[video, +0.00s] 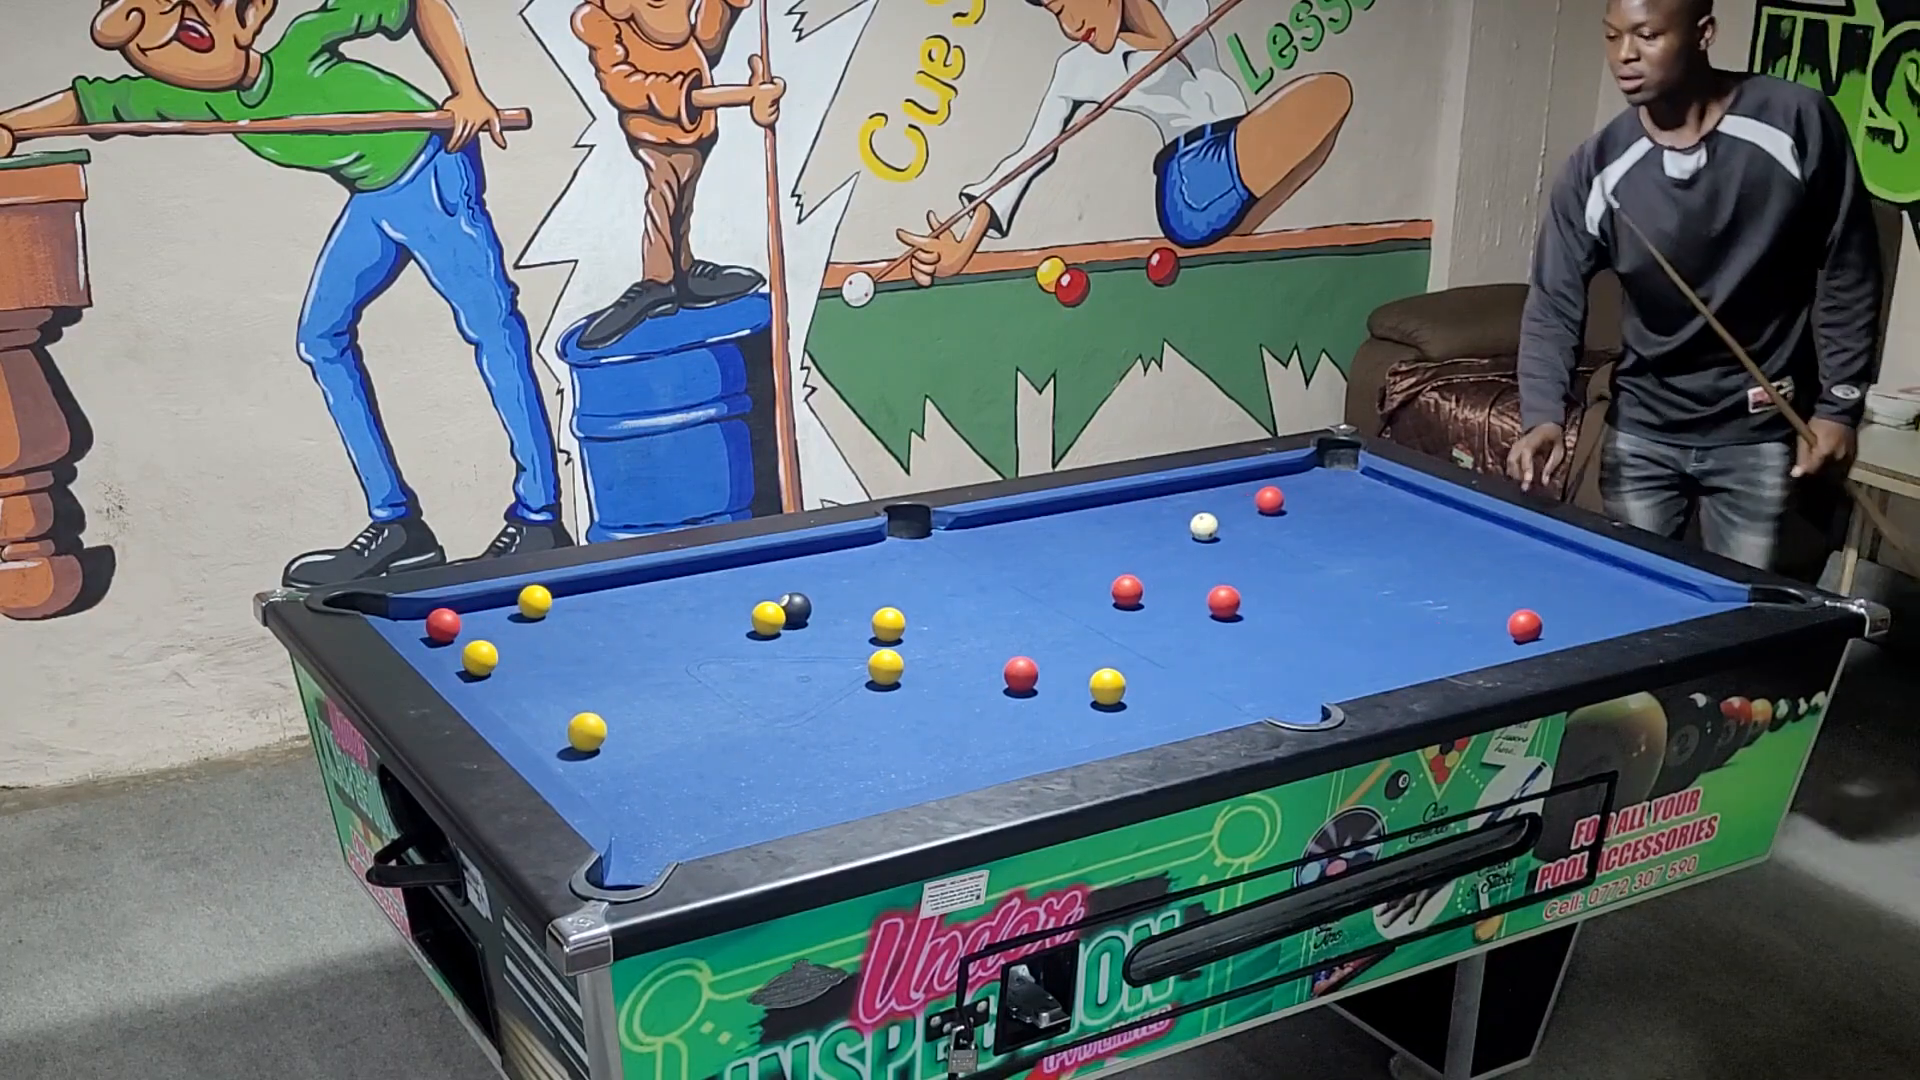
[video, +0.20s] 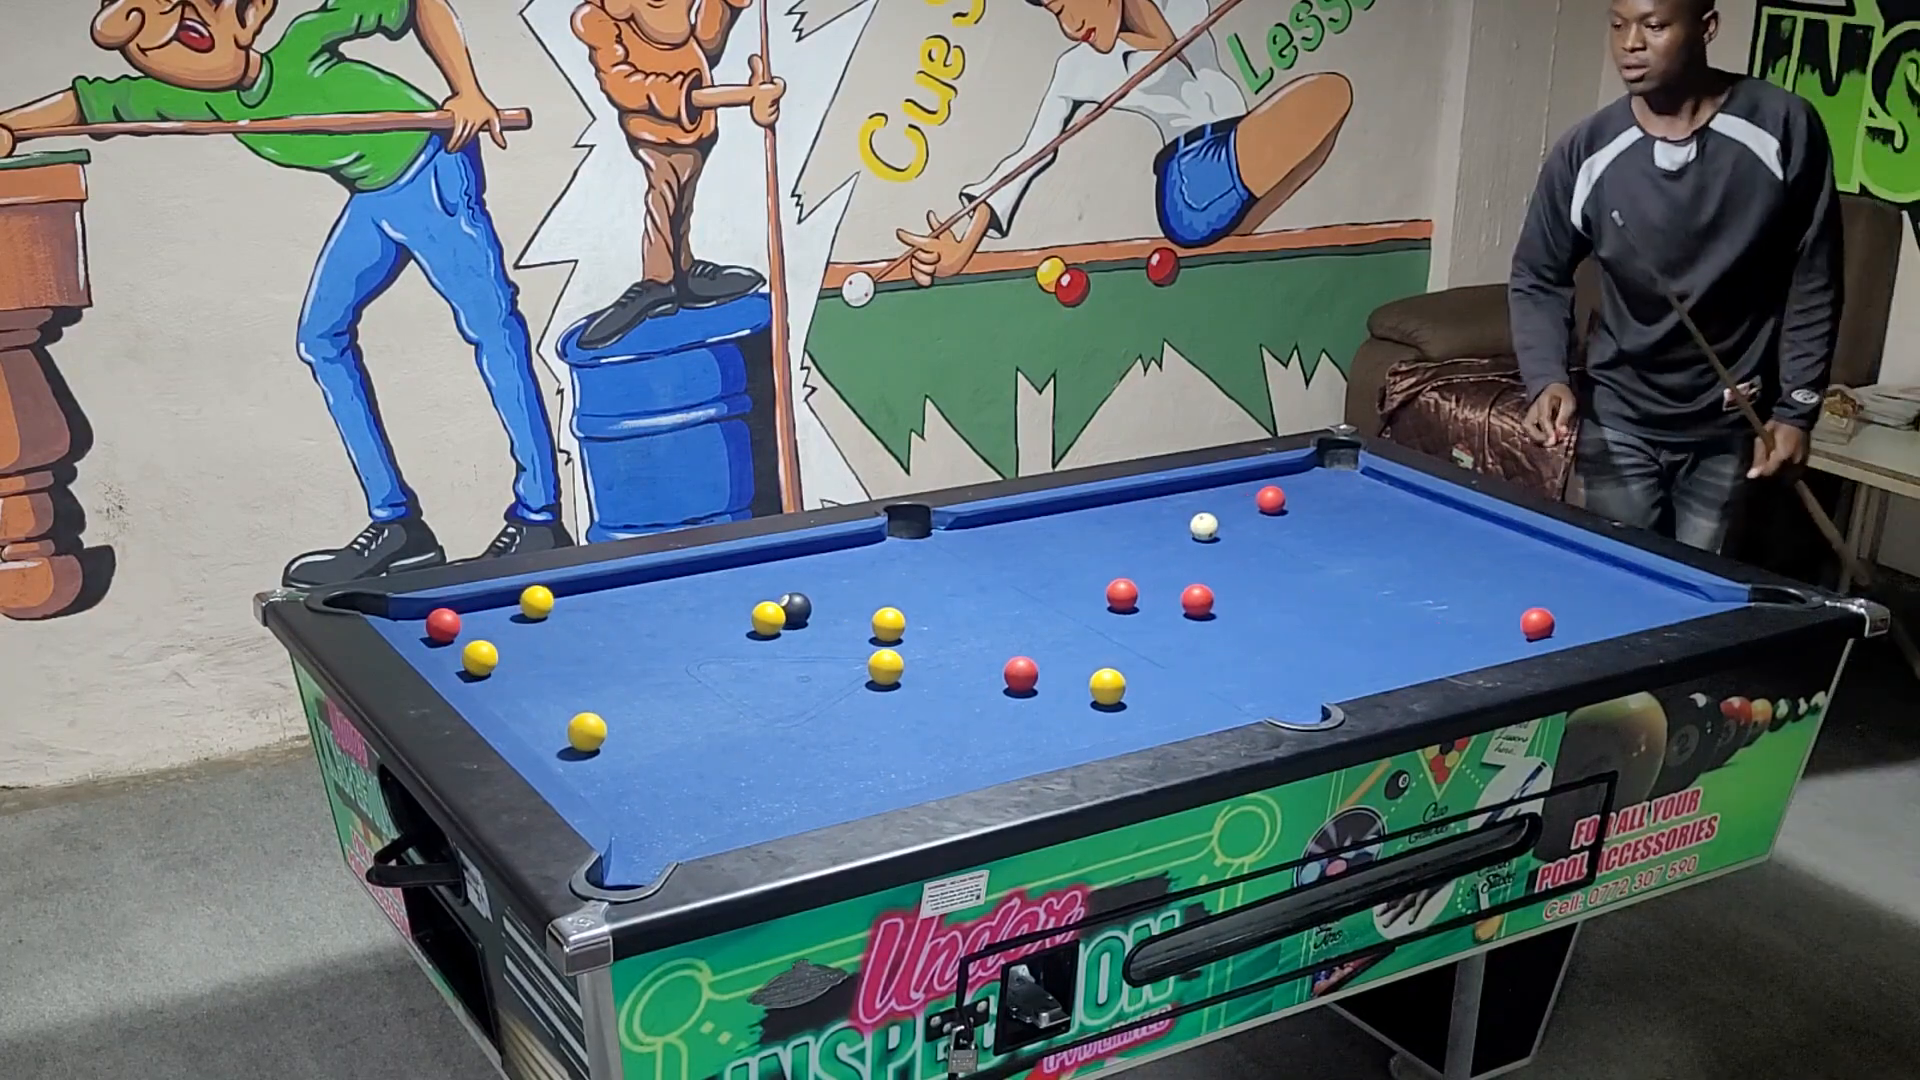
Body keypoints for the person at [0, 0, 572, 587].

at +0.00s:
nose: (205, 56)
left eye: (198, 42)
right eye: (189, 57)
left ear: (226, 21)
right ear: (184, 74)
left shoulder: (300, 37)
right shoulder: (212, 98)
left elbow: (418, 3)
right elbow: (91, 100)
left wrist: (466, 87)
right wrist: (11, 123)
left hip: (426, 165)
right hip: (369, 198)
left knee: (491, 327)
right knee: (322, 337)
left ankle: (541, 518)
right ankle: (397, 522)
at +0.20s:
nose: (204, 57)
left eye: (197, 42)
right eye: (187, 57)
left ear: (222, 22)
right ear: (184, 71)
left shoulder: (300, 37)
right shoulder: (213, 97)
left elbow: (417, 4)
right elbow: (92, 100)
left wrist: (467, 87)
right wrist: (11, 123)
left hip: (426, 164)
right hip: (369, 198)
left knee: (492, 328)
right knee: (321, 337)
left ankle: (541, 519)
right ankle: (397, 522)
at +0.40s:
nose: (205, 56)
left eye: (198, 41)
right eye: (188, 57)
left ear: (225, 21)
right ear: (184, 74)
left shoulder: (300, 36)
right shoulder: (213, 98)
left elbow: (418, 3)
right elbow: (91, 100)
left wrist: (466, 87)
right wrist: (11, 123)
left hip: (426, 165)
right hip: (369, 199)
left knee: (491, 327)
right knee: (322, 337)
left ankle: (541, 518)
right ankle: (397, 522)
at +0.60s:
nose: (205, 56)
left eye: (198, 41)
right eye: (188, 57)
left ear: (225, 21)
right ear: (183, 74)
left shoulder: (300, 36)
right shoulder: (213, 98)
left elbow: (418, 3)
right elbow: (91, 100)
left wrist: (466, 87)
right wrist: (11, 123)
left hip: (426, 165)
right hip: (369, 199)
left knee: (491, 327)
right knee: (322, 337)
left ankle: (541, 518)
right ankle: (397, 522)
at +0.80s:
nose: (204, 56)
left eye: (198, 41)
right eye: (188, 57)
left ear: (225, 21)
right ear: (183, 74)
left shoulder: (300, 37)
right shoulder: (213, 98)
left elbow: (418, 3)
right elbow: (91, 100)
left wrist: (466, 87)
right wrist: (11, 123)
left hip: (426, 165)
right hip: (369, 199)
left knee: (491, 327)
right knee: (322, 337)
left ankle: (541, 518)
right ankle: (397, 522)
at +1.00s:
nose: (201, 56)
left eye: (194, 41)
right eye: (186, 56)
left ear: (218, 21)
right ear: (183, 72)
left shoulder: (299, 37)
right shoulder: (218, 98)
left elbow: (417, 3)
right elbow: (94, 100)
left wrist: (467, 87)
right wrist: (10, 123)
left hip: (426, 163)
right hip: (369, 197)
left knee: (492, 329)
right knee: (321, 337)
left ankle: (541, 518)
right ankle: (397, 522)